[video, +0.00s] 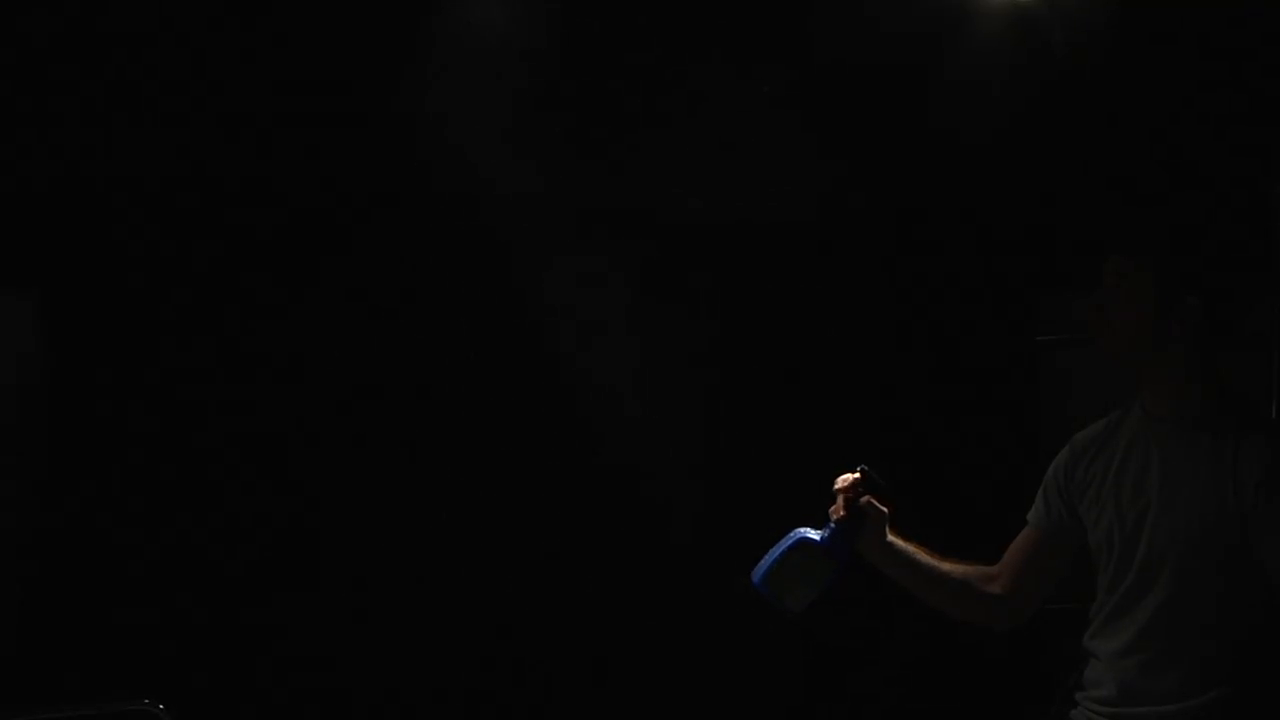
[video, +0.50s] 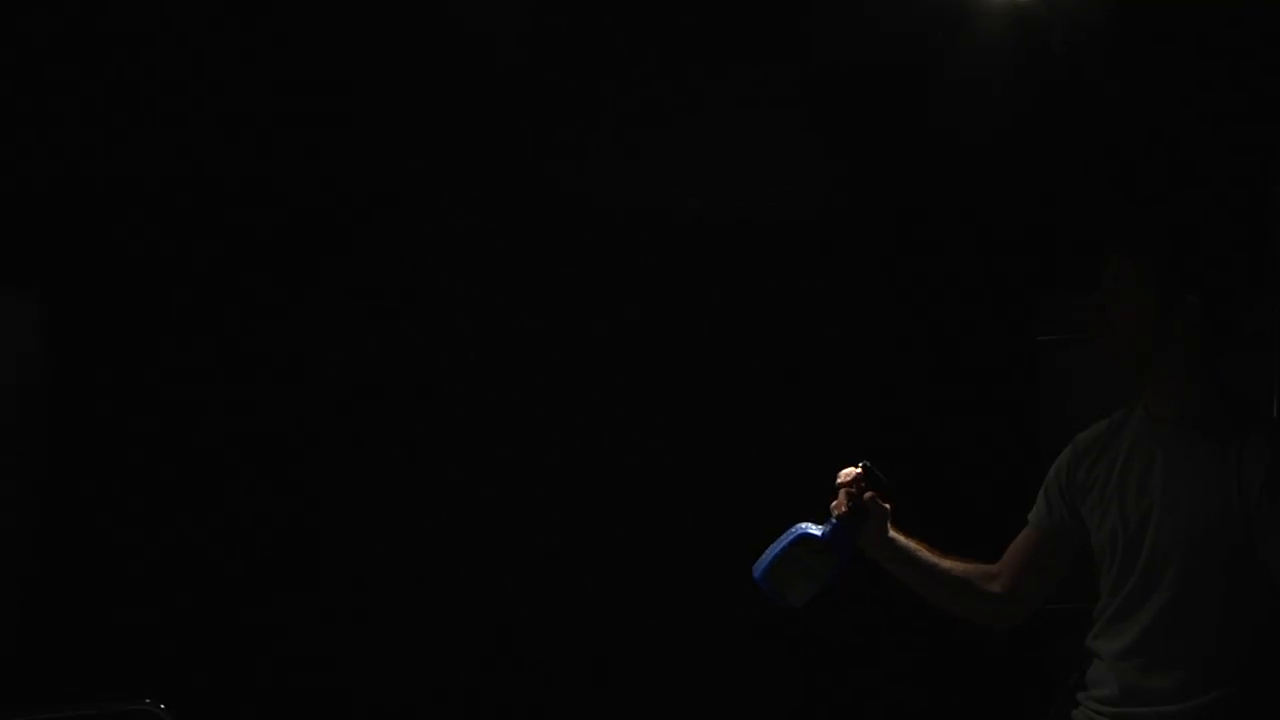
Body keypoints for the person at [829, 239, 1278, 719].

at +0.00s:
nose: (1101, 311)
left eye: (1122, 292)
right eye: (1107, 292)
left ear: (1178, 308)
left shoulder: (1246, 445)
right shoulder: (1092, 456)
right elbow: (1003, 595)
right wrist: (880, 544)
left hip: (1215, 699)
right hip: (1105, 699)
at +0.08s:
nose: (1101, 313)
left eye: (1122, 296)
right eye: (1107, 296)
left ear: (1177, 311)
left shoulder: (1246, 445)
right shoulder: (1093, 454)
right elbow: (1003, 595)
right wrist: (879, 543)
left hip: (1214, 698)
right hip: (1106, 698)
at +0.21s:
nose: (1101, 312)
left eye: (1122, 294)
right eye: (1107, 294)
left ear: (1177, 311)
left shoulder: (1245, 445)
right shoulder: (1093, 454)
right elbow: (1003, 595)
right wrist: (880, 544)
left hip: (1213, 699)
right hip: (1105, 700)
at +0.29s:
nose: (1102, 313)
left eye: (1123, 295)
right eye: (1109, 295)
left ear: (1179, 311)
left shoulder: (1246, 444)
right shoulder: (1093, 456)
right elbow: (1005, 593)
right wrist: (881, 545)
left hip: (1215, 696)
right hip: (1107, 697)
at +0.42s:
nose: (1100, 312)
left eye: (1122, 293)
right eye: (1107, 294)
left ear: (1179, 310)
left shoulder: (1246, 443)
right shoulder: (1094, 457)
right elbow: (1003, 594)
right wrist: (882, 539)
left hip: (1220, 698)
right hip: (1109, 698)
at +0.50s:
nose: (1100, 314)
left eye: (1121, 295)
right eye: (1108, 295)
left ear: (1180, 310)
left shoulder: (1248, 445)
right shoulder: (1095, 456)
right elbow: (1003, 594)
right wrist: (881, 539)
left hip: (1221, 698)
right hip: (1110, 698)